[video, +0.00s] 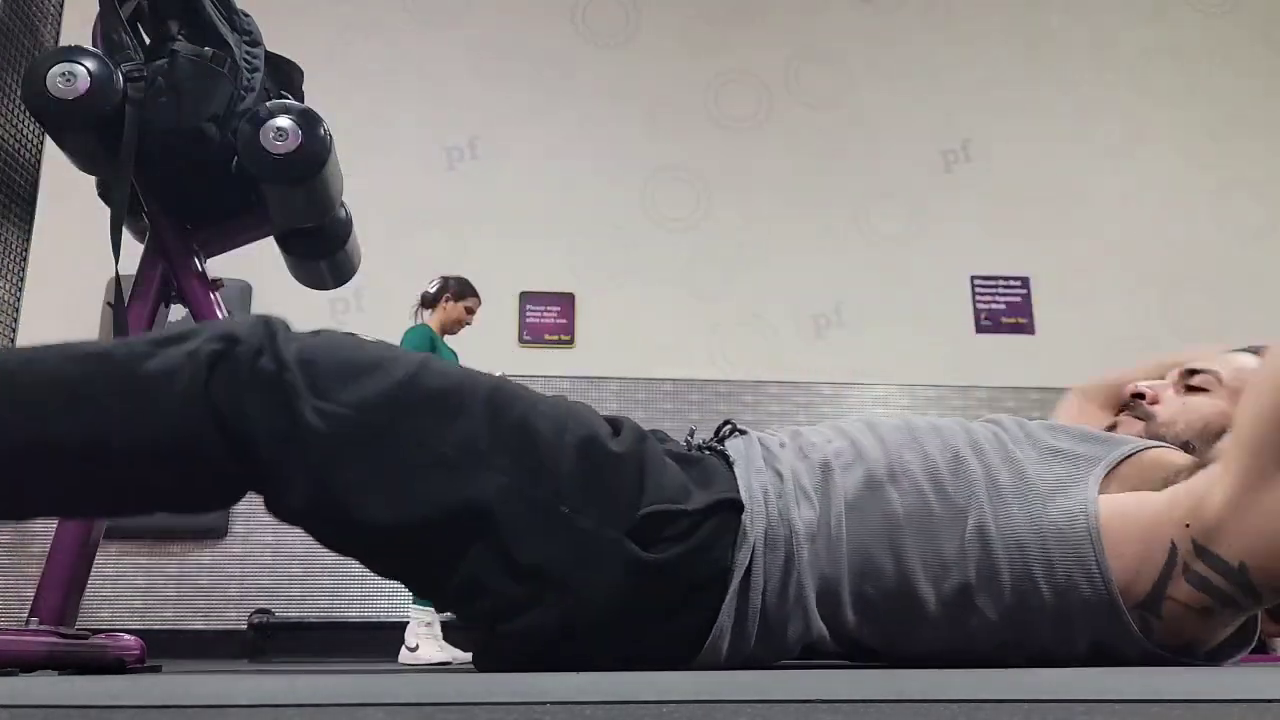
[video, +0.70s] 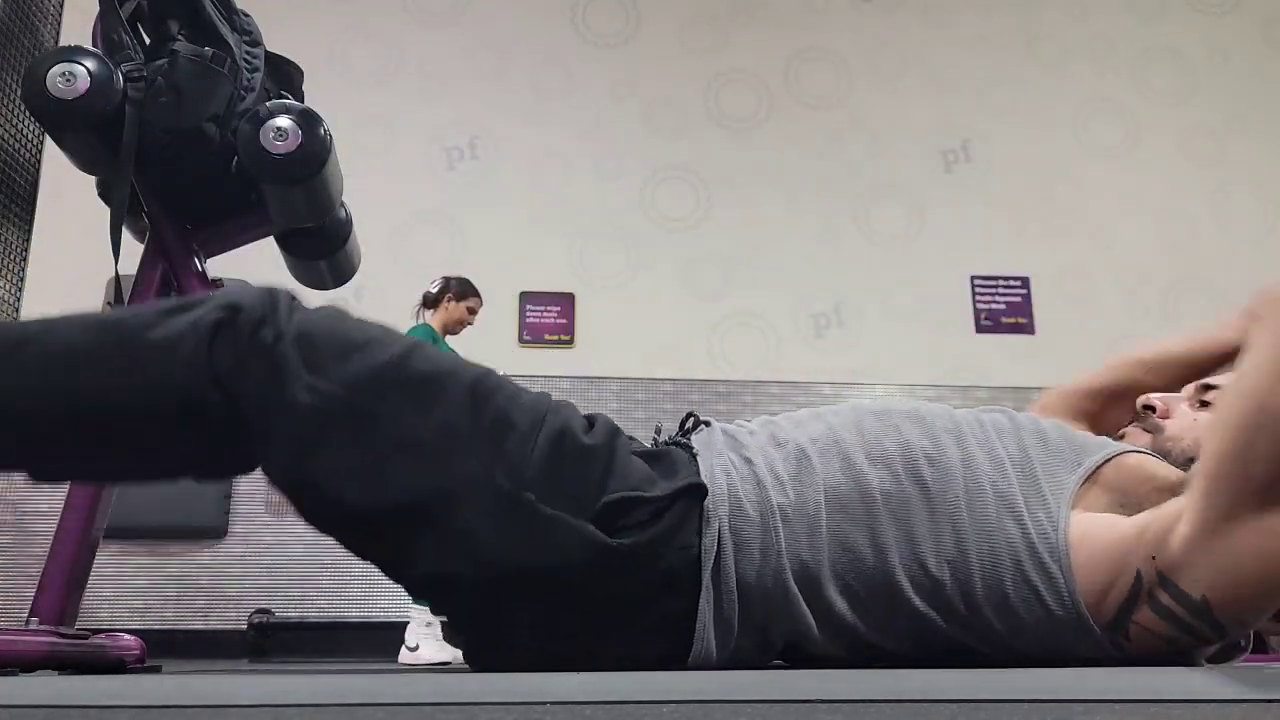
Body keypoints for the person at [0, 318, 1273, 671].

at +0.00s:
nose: (1189, 388)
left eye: (1217, 402)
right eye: (1191, 377)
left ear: (1245, 455)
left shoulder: (1193, 569)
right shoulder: (1099, 483)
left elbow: (1266, 398)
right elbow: (1092, 395)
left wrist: (1241, 391)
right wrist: (1195, 390)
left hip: (690, 538)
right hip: (677, 510)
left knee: (247, 378)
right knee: (250, 387)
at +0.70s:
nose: (1196, 406)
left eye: (1228, 410)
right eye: (1210, 399)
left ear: (1246, 470)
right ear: (1183, 428)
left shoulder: (1186, 570)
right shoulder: (1109, 483)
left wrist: (1195, 386)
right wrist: (1193, 380)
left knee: (257, 344)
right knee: (277, 338)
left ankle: (8, 380)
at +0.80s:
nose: (1196, 386)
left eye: (1232, 408)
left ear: (1256, 444)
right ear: (1197, 399)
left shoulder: (1196, 546)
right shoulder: (1081, 479)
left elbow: (1229, 222)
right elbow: (978, 395)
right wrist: (1114, 244)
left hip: (649, 557)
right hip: (649, 493)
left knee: (310, 302)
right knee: (332, 308)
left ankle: (9, 319)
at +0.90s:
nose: (1176, 348)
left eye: (1213, 360)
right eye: (1194, 342)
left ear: (1252, 439)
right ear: (1161, 396)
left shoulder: (1206, 530)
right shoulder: (1068, 478)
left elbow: (1074, 254)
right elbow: (906, 395)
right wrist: (930, 202)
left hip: (656, 565)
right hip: (643, 508)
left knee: (350, 275)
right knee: (368, 287)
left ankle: (20, 267)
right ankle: (224, 202)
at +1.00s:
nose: (1086, 340)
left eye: (1129, 329)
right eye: (1100, 321)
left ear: (1224, 382)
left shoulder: (1195, 487)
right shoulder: (1040, 469)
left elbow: (951, 274)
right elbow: (833, 369)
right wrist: (738, 201)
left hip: (686, 561)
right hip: (669, 522)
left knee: (368, 265)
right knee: (381, 285)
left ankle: (23, 230)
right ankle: (68, 235)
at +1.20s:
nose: (932, 263)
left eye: (960, 237)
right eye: (933, 241)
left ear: (1068, 247)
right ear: (983, 260)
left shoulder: (1107, 352)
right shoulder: (954, 403)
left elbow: (807, 261)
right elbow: (723, 358)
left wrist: (585, 155)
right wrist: (545, 255)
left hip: (709, 555)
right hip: (685, 532)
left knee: (398, 251)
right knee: (398, 264)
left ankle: (49, 204)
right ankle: (76, 198)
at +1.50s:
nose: (761, 161)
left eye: (789, 131)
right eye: (765, 142)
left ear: (891, 113)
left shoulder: (936, 210)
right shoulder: (845, 318)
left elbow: (634, 147)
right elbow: (606, 286)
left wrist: (411, 78)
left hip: (660, 565)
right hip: (622, 592)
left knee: (460, 191)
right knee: (461, 195)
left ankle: (102, 111)